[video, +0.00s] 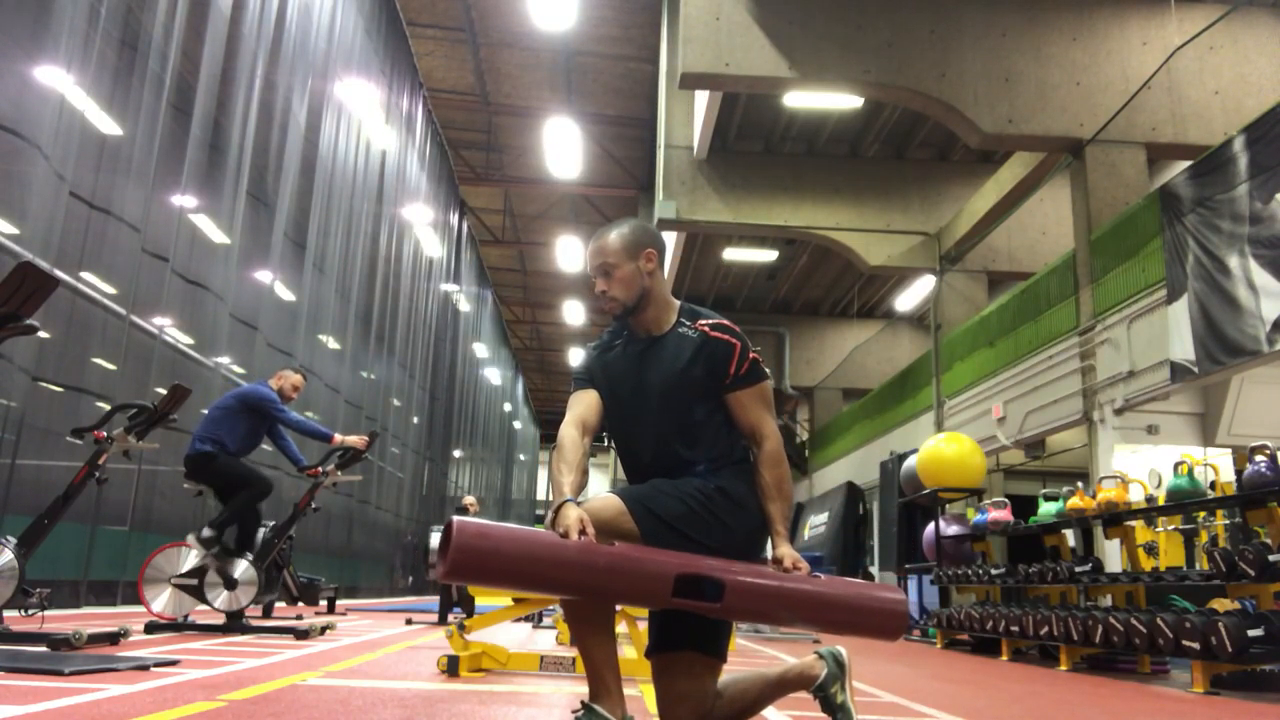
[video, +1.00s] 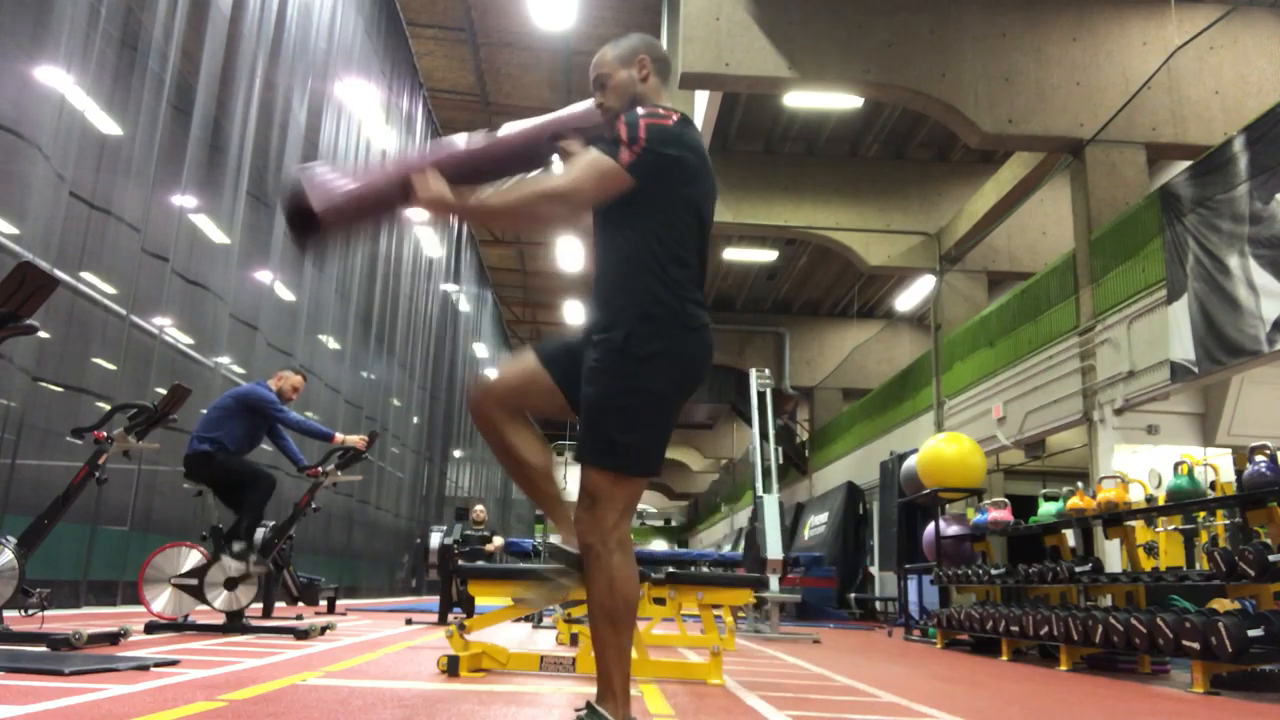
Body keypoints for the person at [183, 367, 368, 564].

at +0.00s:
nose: (294, 396)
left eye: (298, 392)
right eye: (293, 388)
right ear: (278, 379)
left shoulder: (265, 403)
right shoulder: (260, 393)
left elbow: (280, 440)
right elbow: (295, 422)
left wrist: (304, 466)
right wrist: (340, 439)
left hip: (217, 460)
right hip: (205, 456)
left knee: (251, 515)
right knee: (261, 485)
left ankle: (236, 564)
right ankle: (209, 532)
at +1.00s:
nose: (294, 396)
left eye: (297, 393)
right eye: (293, 389)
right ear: (278, 379)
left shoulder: (265, 406)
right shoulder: (257, 393)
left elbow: (280, 440)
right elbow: (295, 422)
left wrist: (303, 467)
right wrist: (342, 439)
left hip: (212, 459)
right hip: (205, 456)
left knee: (252, 510)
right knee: (264, 481)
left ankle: (226, 544)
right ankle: (241, 544)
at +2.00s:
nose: (292, 393)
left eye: (296, 390)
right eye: (291, 385)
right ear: (276, 376)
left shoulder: (264, 405)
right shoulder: (251, 389)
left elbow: (278, 438)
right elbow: (263, 421)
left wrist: (303, 467)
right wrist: (309, 424)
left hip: (229, 462)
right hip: (207, 460)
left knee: (278, 481)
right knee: (237, 516)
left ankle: (235, 527)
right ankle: (219, 582)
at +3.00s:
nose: (286, 386)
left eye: (290, 381)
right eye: (284, 378)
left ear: (290, 381)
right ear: (267, 371)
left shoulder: (266, 398)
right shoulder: (242, 388)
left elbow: (279, 430)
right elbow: (258, 428)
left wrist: (301, 461)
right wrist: (289, 461)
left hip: (219, 457)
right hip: (196, 454)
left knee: (261, 498)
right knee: (236, 496)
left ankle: (254, 558)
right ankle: (197, 552)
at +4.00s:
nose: (285, 389)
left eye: (288, 384)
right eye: (284, 381)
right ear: (269, 372)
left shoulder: (264, 405)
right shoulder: (232, 388)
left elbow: (278, 435)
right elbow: (234, 429)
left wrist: (303, 465)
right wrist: (273, 422)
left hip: (221, 462)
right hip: (197, 456)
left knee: (245, 517)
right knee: (258, 471)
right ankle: (231, 534)